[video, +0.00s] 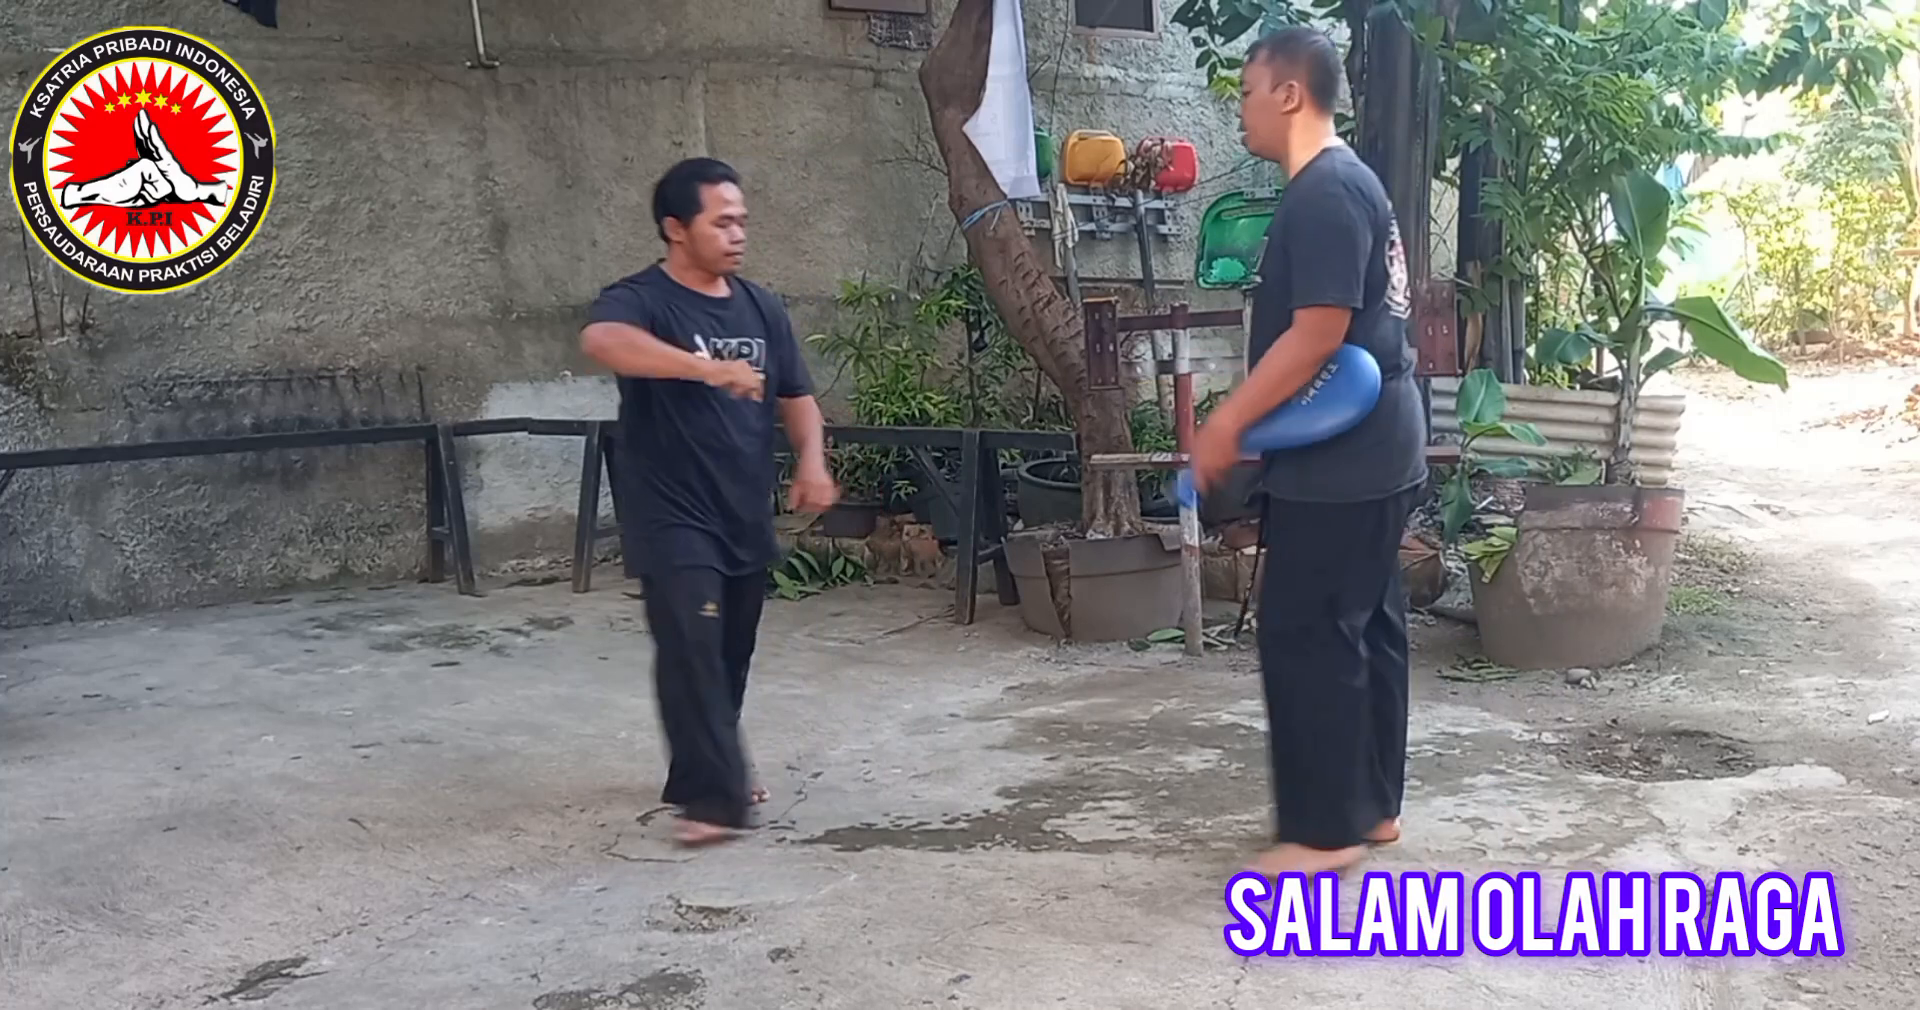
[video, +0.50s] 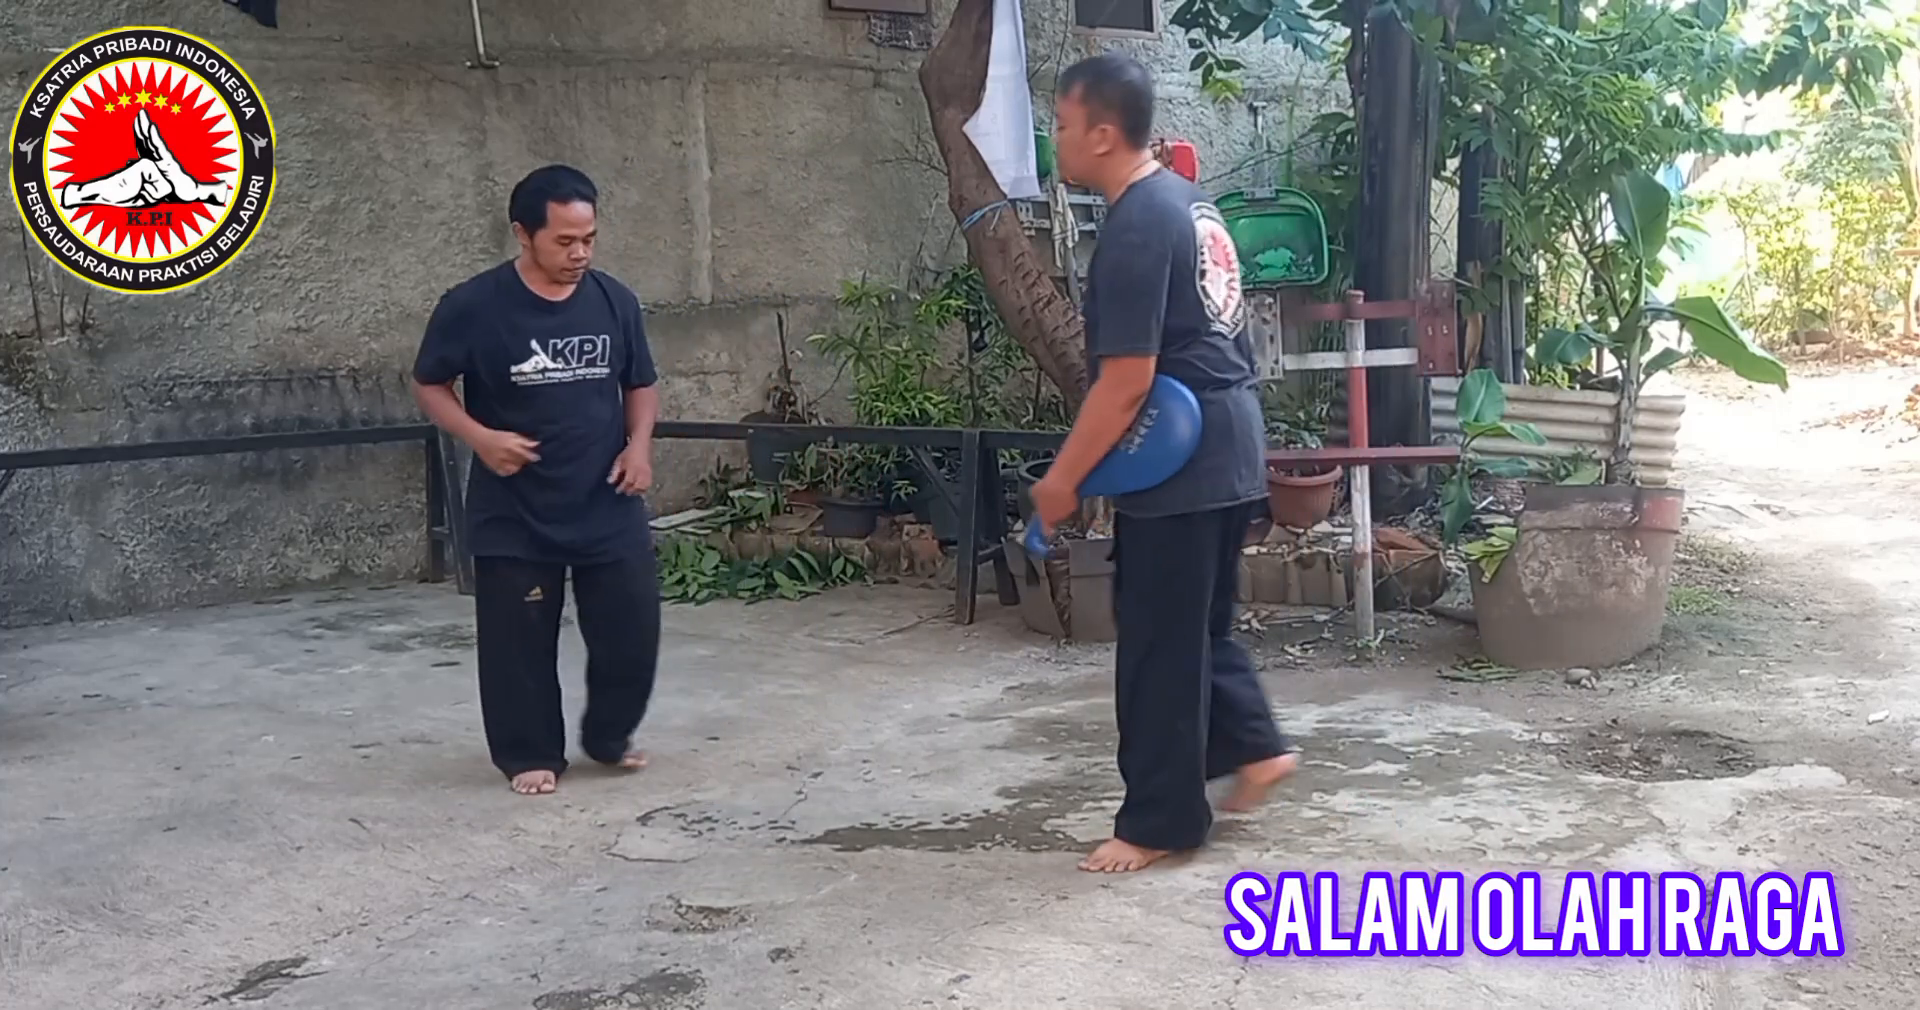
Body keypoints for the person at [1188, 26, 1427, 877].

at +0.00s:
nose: (1241, 111)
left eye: (1247, 93)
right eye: (1243, 94)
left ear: (1288, 92)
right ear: (1307, 95)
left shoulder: (1322, 189)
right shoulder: (1350, 178)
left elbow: (1319, 331)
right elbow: (1341, 330)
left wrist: (1227, 421)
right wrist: (1245, 418)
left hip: (1335, 461)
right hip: (1375, 455)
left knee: (1305, 635)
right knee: (1369, 628)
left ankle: (1322, 836)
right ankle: (1373, 807)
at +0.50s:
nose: (1055, 141)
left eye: (1064, 126)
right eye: (1057, 125)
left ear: (1104, 131)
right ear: (1126, 132)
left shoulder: (1137, 220)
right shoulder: (1180, 201)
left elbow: (1128, 378)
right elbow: (1192, 349)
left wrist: (1062, 476)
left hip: (1178, 468)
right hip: (1223, 458)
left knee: (1158, 645)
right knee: (1199, 624)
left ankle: (1163, 823)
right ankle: (1257, 747)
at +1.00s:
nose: (932, 198)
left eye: (937, 178)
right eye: (927, 185)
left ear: (985, 166)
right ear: (977, 175)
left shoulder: (1069, 223)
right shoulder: (988, 274)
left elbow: (1118, 349)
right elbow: (1007, 388)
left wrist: (1076, 457)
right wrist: (992, 481)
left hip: (1156, 460)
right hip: (1083, 473)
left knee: (1183, 626)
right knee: (1079, 626)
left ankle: (1221, 801)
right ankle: (1067, 778)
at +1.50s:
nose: (1025, 202)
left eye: (1029, 184)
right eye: (1022, 187)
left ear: (1072, 170)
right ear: (1069, 175)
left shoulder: (1171, 237)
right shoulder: (1076, 260)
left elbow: (1214, 365)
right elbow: (1098, 374)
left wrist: (1163, 475)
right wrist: (1086, 463)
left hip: (1232, 481)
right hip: (1141, 485)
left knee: (1273, 644)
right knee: (1122, 631)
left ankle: (1322, 805)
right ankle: (1095, 772)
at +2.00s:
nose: (1021, 217)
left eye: (1022, 199)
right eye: (1016, 203)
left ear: (1064, 182)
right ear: (1061, 185)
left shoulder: (1163, 247)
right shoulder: (1073, 271)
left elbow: (1207, 378)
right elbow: (1089, 386)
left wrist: (1145, 477)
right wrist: (1069, 477)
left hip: (1223, 486)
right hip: (1136, 491)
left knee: (1279, 640)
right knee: (1113, 638)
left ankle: (1361, 805)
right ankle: (1102, 783)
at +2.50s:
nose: (1020, 206)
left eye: (1022, 189)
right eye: (1017, 192)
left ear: (1066, 176)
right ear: (1066, 177)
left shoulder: (1159, 247)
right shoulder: (1074, 264)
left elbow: (1193, 384)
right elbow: (1084, 385)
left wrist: (1131, 483)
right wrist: (1056, 475)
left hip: (1213, 488)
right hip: (1129, 491)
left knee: (1278, 646)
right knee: (1111, 644)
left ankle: (1358, 805)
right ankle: (1101, 786)